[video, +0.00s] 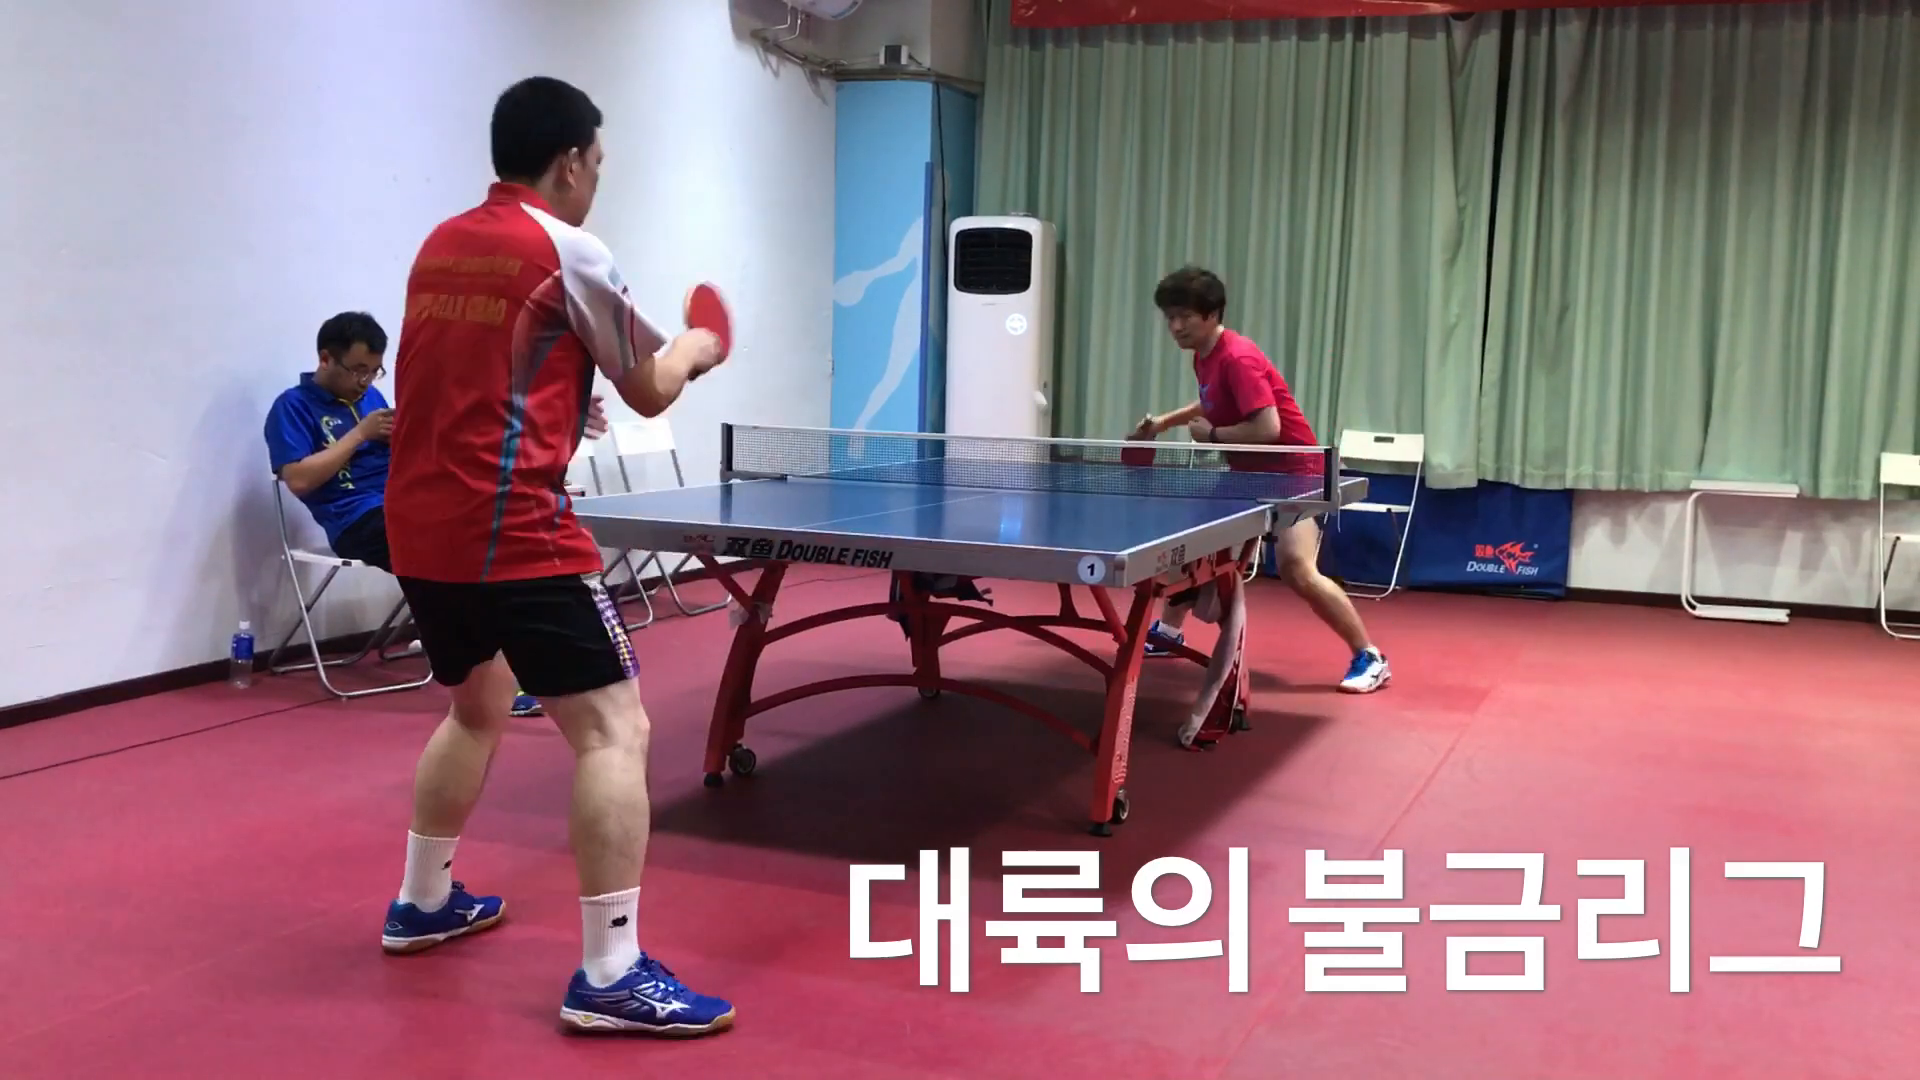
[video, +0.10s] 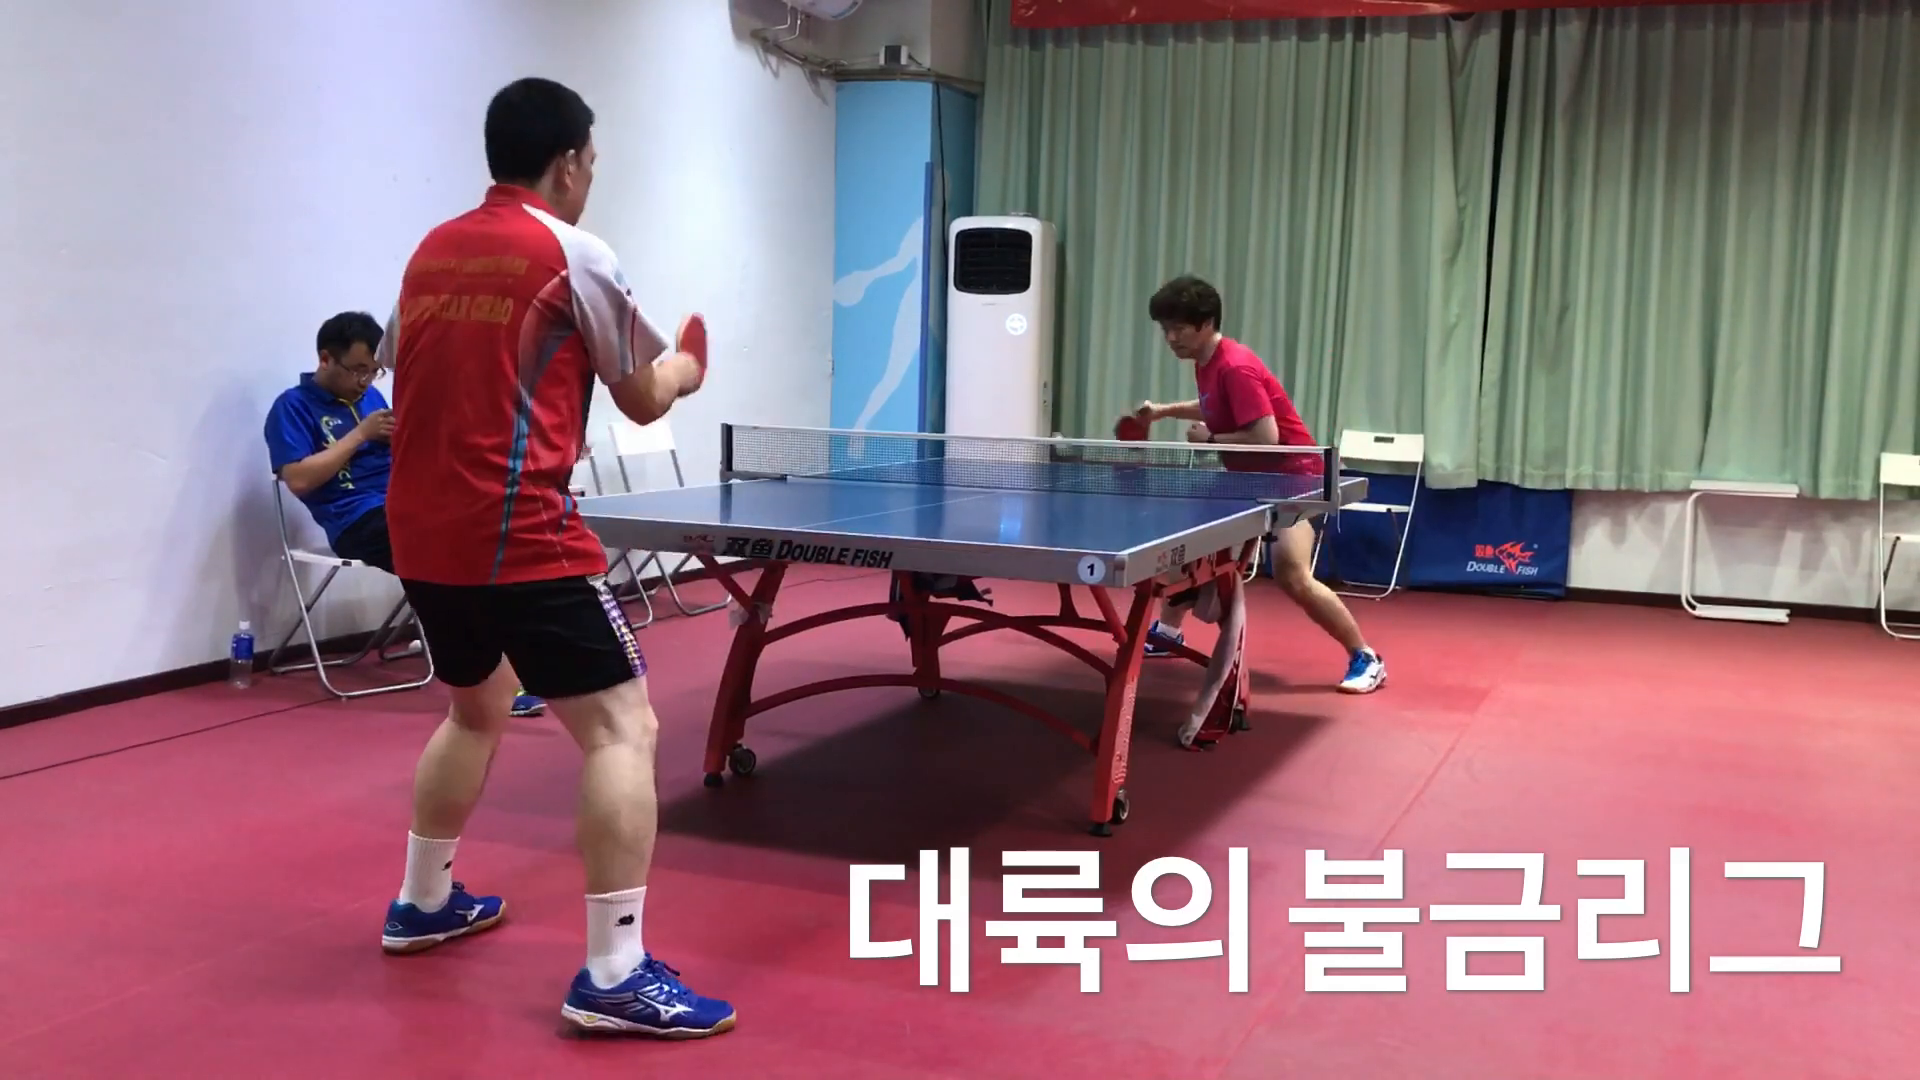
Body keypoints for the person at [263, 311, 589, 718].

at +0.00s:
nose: (367, 382)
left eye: (373, 373)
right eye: (358, 372)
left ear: (378, 364)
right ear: (325, 360)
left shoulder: (368, 396)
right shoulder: (291, 408)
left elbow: (405, 450)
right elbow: (299, 480)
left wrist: (404, 430)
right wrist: (360, 436)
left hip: (409, 504)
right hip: (361, 523)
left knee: (493, 548)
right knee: (460, 561)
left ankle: (510, 678)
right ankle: (505, 685)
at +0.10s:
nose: (366, 379)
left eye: (371, 370)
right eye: (357, 370)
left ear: (377, 365)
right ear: (324, 360)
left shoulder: (369, 397)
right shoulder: (292, 408)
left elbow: (403, 454)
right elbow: (299, 480)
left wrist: (405, 428)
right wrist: (362, 433)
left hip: (408, 505)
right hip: (359, 521)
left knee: (485, 550)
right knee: (456, 560)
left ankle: (511, 677)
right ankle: (499, 684)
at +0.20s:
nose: (366, 380)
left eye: (372, 370)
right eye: (358, 370)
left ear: (378, 365)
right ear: (325, 361)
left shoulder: (369, 397)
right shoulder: (292, 408)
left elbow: (407, 458)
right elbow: (300, 480)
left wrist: (402, 434)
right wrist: (363, 434)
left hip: (410, 505)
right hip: (361, 522)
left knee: (482, 549)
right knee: (453, 561)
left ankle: (506, 673)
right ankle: (493, 680)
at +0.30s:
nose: (365, 381)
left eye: (372, 371)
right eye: (358, 370)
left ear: (378, 366)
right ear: (325, 360)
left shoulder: (369, 397)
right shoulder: (292, 408)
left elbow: (405, 465)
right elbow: (300, 480)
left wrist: (395, 440)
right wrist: (363, 435)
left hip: (409, 505)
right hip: (360, 522)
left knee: (485, 550)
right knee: (457, 562)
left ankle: (512, 674)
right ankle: (494, 681)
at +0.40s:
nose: (366, 381)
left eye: (373, 371)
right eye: (357, 370)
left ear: (379, 366)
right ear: (325, 359)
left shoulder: (370, 398)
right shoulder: (292, 408)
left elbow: (405, 465)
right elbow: (298, 481)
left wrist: (394, 440)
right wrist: (361, 434)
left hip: (408, 506)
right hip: (359, 521)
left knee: (485, 551)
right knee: (455, 561)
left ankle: (514, 677)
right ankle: (495, 685)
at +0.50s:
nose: (367, 381)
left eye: (374, 371)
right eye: (359, 370)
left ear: (380, 365)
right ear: (325, 360)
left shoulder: (372, 397)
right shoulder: (290, 408)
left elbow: (405, 467)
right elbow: (297, 483)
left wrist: (394, 439)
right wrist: (358, 433)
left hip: (408, 503)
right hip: (359, 520)